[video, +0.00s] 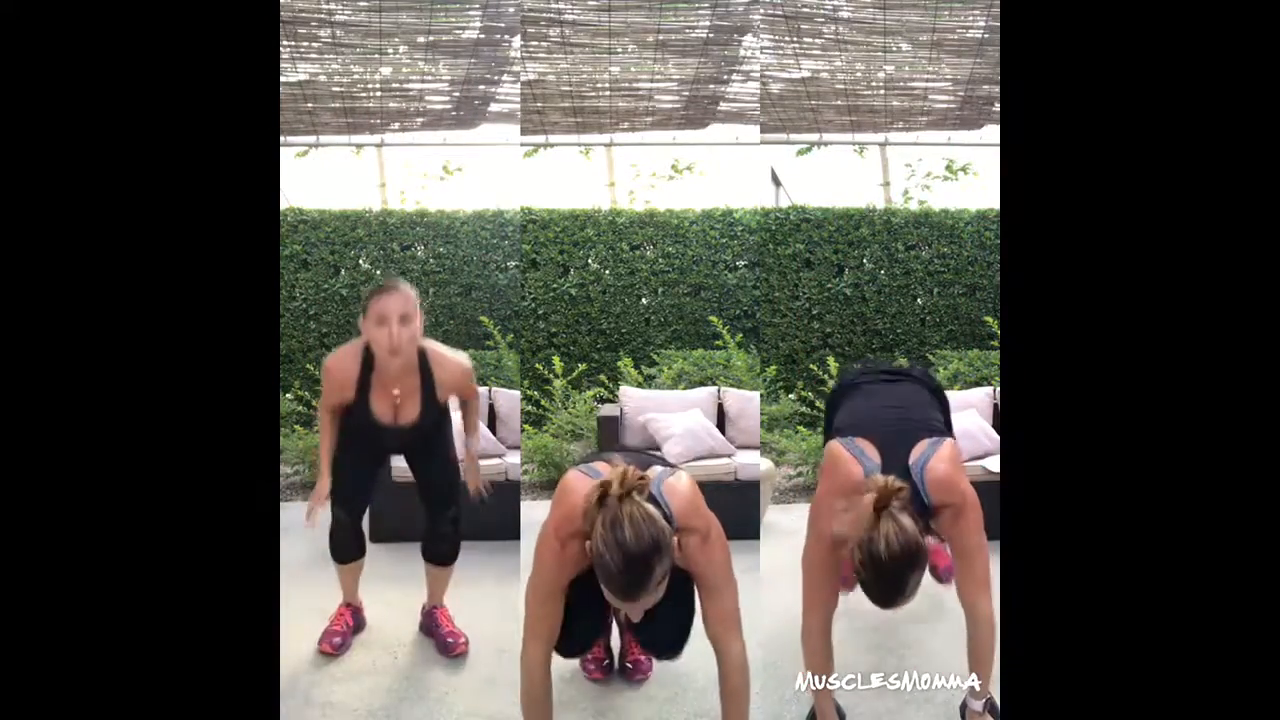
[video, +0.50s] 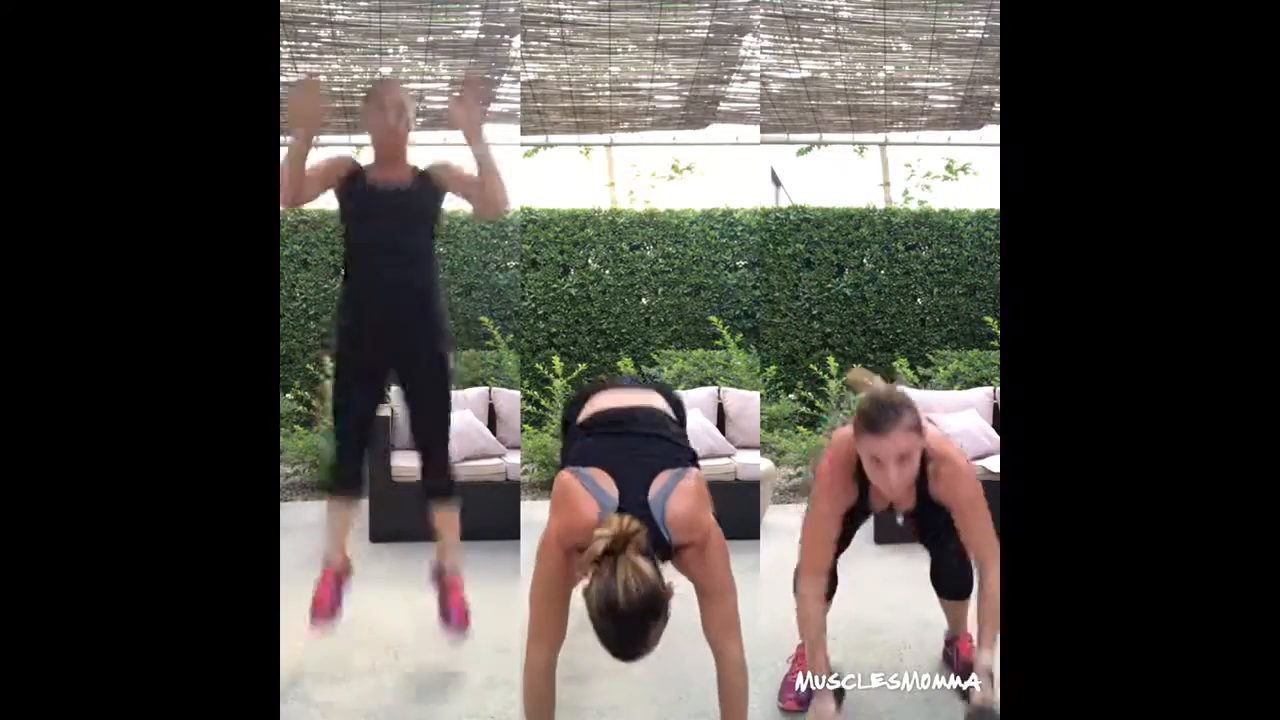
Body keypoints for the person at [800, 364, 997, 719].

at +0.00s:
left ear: (928, 543)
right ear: (854, 552)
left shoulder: (951, 491)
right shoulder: (833, 495)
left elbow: (978, 605)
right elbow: (816, 616)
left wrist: (979, 696)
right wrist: (823, 706)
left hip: (923, 386)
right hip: (850, 389)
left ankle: (935, 541)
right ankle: (841, 559)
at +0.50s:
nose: (891, 476)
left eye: (903, 459)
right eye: (877, 461)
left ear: (922, 444)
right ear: (860, 451)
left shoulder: (949, 464)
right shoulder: (840, 456)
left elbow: (991, 561)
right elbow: (813, 572)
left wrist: (986, 655)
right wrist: (821, 685)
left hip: (928, 492)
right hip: (855, 491)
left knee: (952, 561)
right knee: (813, 568)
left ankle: (956, 640)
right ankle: (809, 656)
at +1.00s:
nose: (877, 251)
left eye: (886, 239)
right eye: (863, 241)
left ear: (902, 246)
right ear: (846, 251)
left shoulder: (929, 303)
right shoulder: (825, 305)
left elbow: (958, 391)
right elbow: (807, 396)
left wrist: (957, 336)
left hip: (914, 432)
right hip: (846, 434)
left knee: (953, 538)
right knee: (809, 548)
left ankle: (958, 641)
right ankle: (811, 649)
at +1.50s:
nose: (891, 164)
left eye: (900, 156)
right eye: (880, 156)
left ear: (914, 168)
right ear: (864, 169)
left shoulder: (935, 231)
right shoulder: (842, 227)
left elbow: (989, 218)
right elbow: (780, 211)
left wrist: (966, 155)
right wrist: (805, 148)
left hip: (924, 391)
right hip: (855, 391)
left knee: (952, 519)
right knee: (830, 519)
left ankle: (963, 638)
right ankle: (814, 645)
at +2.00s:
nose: (896, 164)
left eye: (905, 157)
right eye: (886, 157)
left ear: (918, 173)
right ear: (869, 172)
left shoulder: (938, 226)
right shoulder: (848, 224)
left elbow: (961, 139)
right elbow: (810, 135)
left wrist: (955, 66)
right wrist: (821, 60)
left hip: (929, 395)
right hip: (859, 395)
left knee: (953, 529)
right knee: (839, 527)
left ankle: (967, 637)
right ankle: (835, 640)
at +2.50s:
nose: (898, 176)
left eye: (908, 167)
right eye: (887, 167)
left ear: (920, 177)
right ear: (871, 176)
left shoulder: (941, 241)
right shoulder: (847, 241)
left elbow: (976, 311)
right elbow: (813, 310)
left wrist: (969, 244)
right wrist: (820, 243)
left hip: (932, 395)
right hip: (861, 396)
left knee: (956, 526)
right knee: (845, 532)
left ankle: (969, 636)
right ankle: (837, 640)